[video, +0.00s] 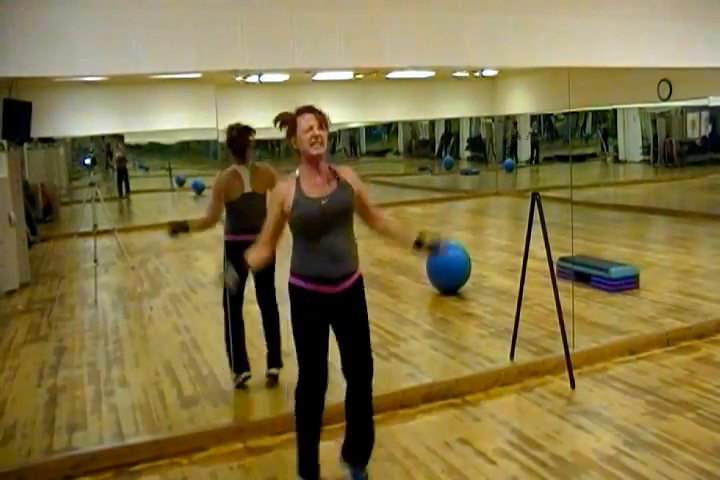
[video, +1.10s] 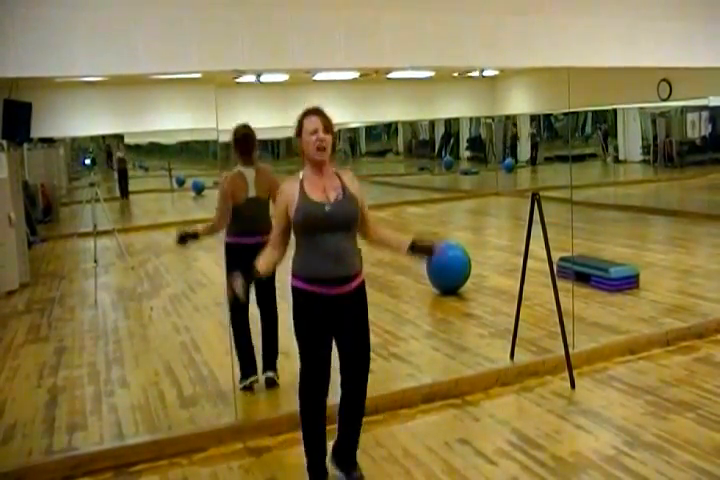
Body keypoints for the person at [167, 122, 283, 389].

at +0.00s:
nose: (248, 149)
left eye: (242, 144)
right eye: (249, 144)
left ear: (228, 147)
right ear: (250, 146)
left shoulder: (224, 179)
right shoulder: (267, 173)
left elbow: (212, 218)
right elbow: (282, 206)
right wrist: (273, 235)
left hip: (236, 247)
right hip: (264, 244)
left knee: (233, 307)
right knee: (268, 301)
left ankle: (240, 370)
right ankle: (274, 363)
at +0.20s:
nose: (235, 152)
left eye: (231, 148)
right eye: (243, 146)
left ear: (230, 151)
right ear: (252, 149)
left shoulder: (229, 182)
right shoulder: (266, 178)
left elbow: (219, 223)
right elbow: (283, 211)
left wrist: (196, 238)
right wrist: (280, 241)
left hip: (237, 249)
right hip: (264, 246)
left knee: (235, 307)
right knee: (268, 306)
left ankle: (245, 370)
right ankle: (269, 369)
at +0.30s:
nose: (243, 140)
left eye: (237, 135)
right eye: (248, 135)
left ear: (231, 139)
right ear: (254, 137)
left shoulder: (223, 171)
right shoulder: (270, 166)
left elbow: (212, 202)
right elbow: (289, 194)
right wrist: (268, 205)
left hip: (236, 239)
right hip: (265, 237)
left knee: (234, 301)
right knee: (273, 296)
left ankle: (237, 362)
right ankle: (278, 358)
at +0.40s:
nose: (251, 141)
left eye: (248, 136)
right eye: (250, 137)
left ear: (231, 142)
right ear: (253, 141)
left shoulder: (226, 169)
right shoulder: (266, 165)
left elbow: (190, 170)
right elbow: (299, 156)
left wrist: (178, 146)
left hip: (237, 238)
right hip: (265, 237)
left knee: (228, 302)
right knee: (281, 297)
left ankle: (226, 367)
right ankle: (295, 355)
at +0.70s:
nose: (233, 149)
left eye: (235, 143)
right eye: (237, 143)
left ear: (235, 145)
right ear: (255, 145)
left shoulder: (226, 173)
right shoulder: (268, 167)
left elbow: (190, 165)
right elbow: (301, 152)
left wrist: (182, 135)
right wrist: (304, 122)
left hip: (238, 245)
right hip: (266, 242)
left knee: (226, 307)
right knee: (284, 302)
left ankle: (219, 373)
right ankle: (304, 358)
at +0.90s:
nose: (243, 149)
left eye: (239, 145)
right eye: (249, 145)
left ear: (235, 148)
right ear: (256, 148)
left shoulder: (229, 181)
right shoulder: (270, 176)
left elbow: (217, 219)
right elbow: (286, 209)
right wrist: (275, 237)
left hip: (237, 247)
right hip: (265, 245)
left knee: (241, 308)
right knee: (267, 305)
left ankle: (249, 372)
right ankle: (271, 367)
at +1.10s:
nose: (242, 149)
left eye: (238, 144)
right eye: (248, 144)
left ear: (234, 148)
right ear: (256, 147)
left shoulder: (230, 181)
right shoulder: (269, 177)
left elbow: (221, 222)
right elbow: (284, 212)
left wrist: (197, 233)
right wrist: (279, 238)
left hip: (237, 248)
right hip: (264, 245)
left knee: (239, 311)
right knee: (268, 306)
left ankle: (248, 374)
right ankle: (270, 368)